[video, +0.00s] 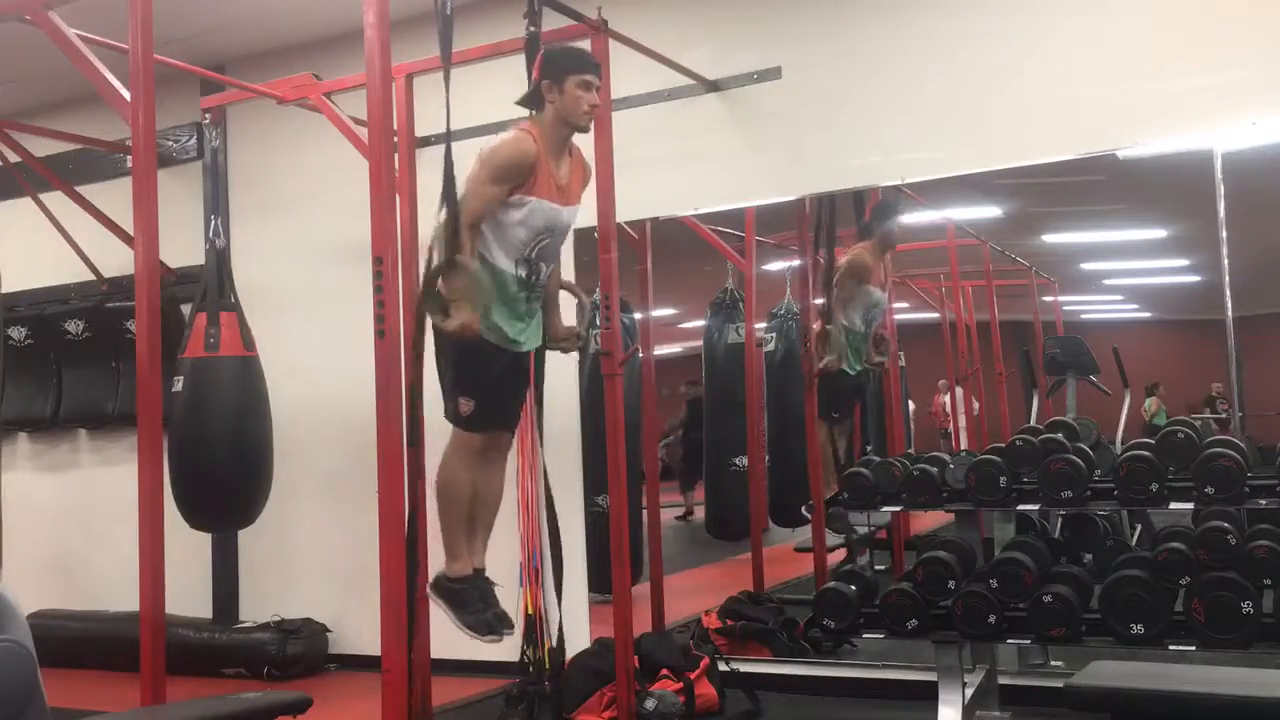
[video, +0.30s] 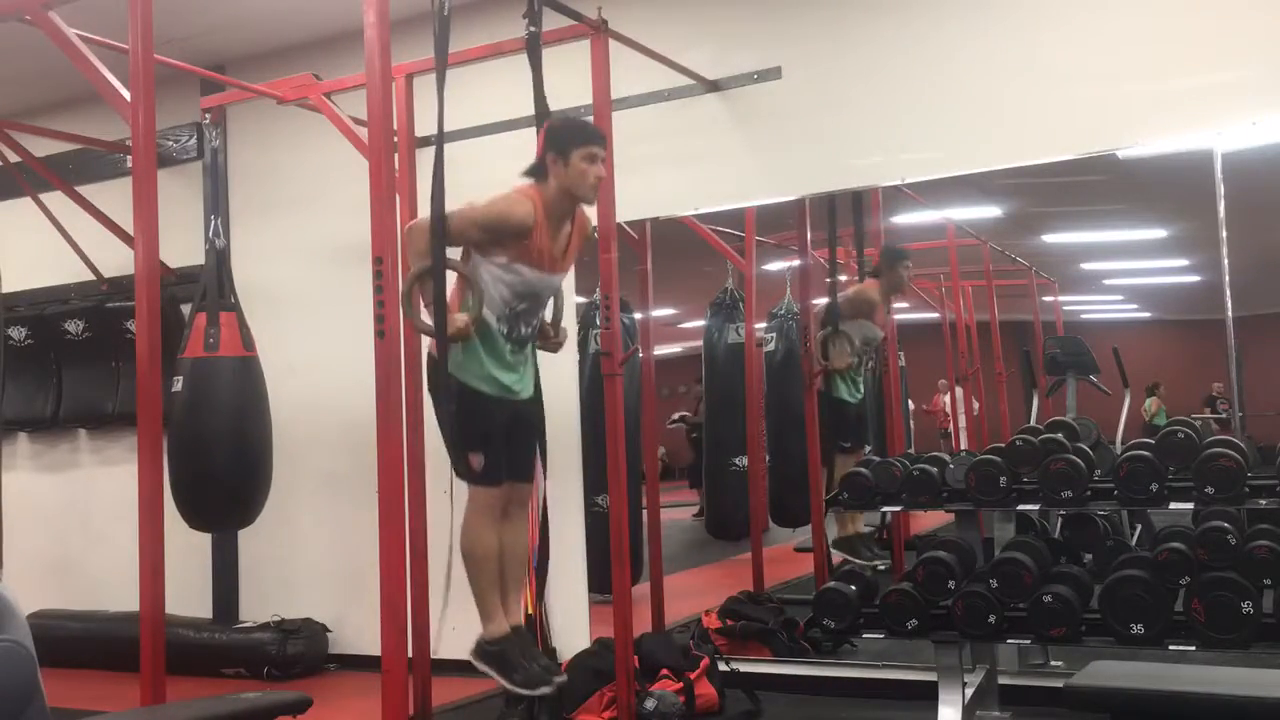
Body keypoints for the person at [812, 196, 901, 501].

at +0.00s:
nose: (899, 233)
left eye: (900, 225)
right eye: (894, 225)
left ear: (888, 228)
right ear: (879, 226)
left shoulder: (884, 261)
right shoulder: (858, 261)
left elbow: (872, 313)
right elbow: (838, 311)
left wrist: (872, 350)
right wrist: (836, 353)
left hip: (862, 358)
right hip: (842, 358)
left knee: (850, 425)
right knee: (833, 425)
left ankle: (847, 487)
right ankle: (831, 491)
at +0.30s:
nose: (909, 276)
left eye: (909, 270)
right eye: (905, 269)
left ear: (894, 271)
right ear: (888, 269)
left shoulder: (881, 299)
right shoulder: (866, 295)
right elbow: (823, 314)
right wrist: (829, 357)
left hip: (858, 379)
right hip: (841, 380)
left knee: (856, 455)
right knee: (847, 455)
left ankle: (856, 530)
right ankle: (844, 534)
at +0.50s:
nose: (916, 309)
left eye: (916, 303)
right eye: (913, 302)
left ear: (899, 302)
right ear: (896, 302)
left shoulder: (885, 329)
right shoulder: (870, 321)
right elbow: (827, 319)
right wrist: (831, 362)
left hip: (859, 409)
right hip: (839, 411)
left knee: (865, 480)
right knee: (852, 481)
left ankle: (871, 551)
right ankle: (859, 553)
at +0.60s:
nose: (918, 321)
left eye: (919, 314)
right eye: (915, 313)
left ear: (900, 312)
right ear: (897, 310)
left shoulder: (887, 340)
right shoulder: (867, 325)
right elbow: (826, 322)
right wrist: (829, 360)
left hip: (861, 421)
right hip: (839, 421)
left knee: (870, 487)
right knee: (854, 489)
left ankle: (877, 556)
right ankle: (863, 559)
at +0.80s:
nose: (909, 312)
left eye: (910, 307)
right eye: (904, 306)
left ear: (901, 309)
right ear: (887, 307)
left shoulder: (890, 337)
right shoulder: (863, 327)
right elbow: (822, 344)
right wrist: (838, 362)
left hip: (863, 418)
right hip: (841, 421)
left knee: (881, 483)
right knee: (866, 486)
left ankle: (892, 550)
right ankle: (878, 553)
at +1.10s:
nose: (875, 318)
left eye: (875, 312)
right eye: (870, 312)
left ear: (870, 313)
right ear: (855, 314)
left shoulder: (869, 339)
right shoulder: (836, 339)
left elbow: (879, 365)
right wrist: (859, 363)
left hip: (873, 434)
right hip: (850, 439)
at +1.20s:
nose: (861, 337)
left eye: (862, 332)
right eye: (856, 333)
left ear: (863, 334)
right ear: (839, 336)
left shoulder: (858, 369)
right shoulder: (829, 372)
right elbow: (792, 392)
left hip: (869, 455)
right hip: (848, 461)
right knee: (904, 491)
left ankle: (953, 541)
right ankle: (947, 544)